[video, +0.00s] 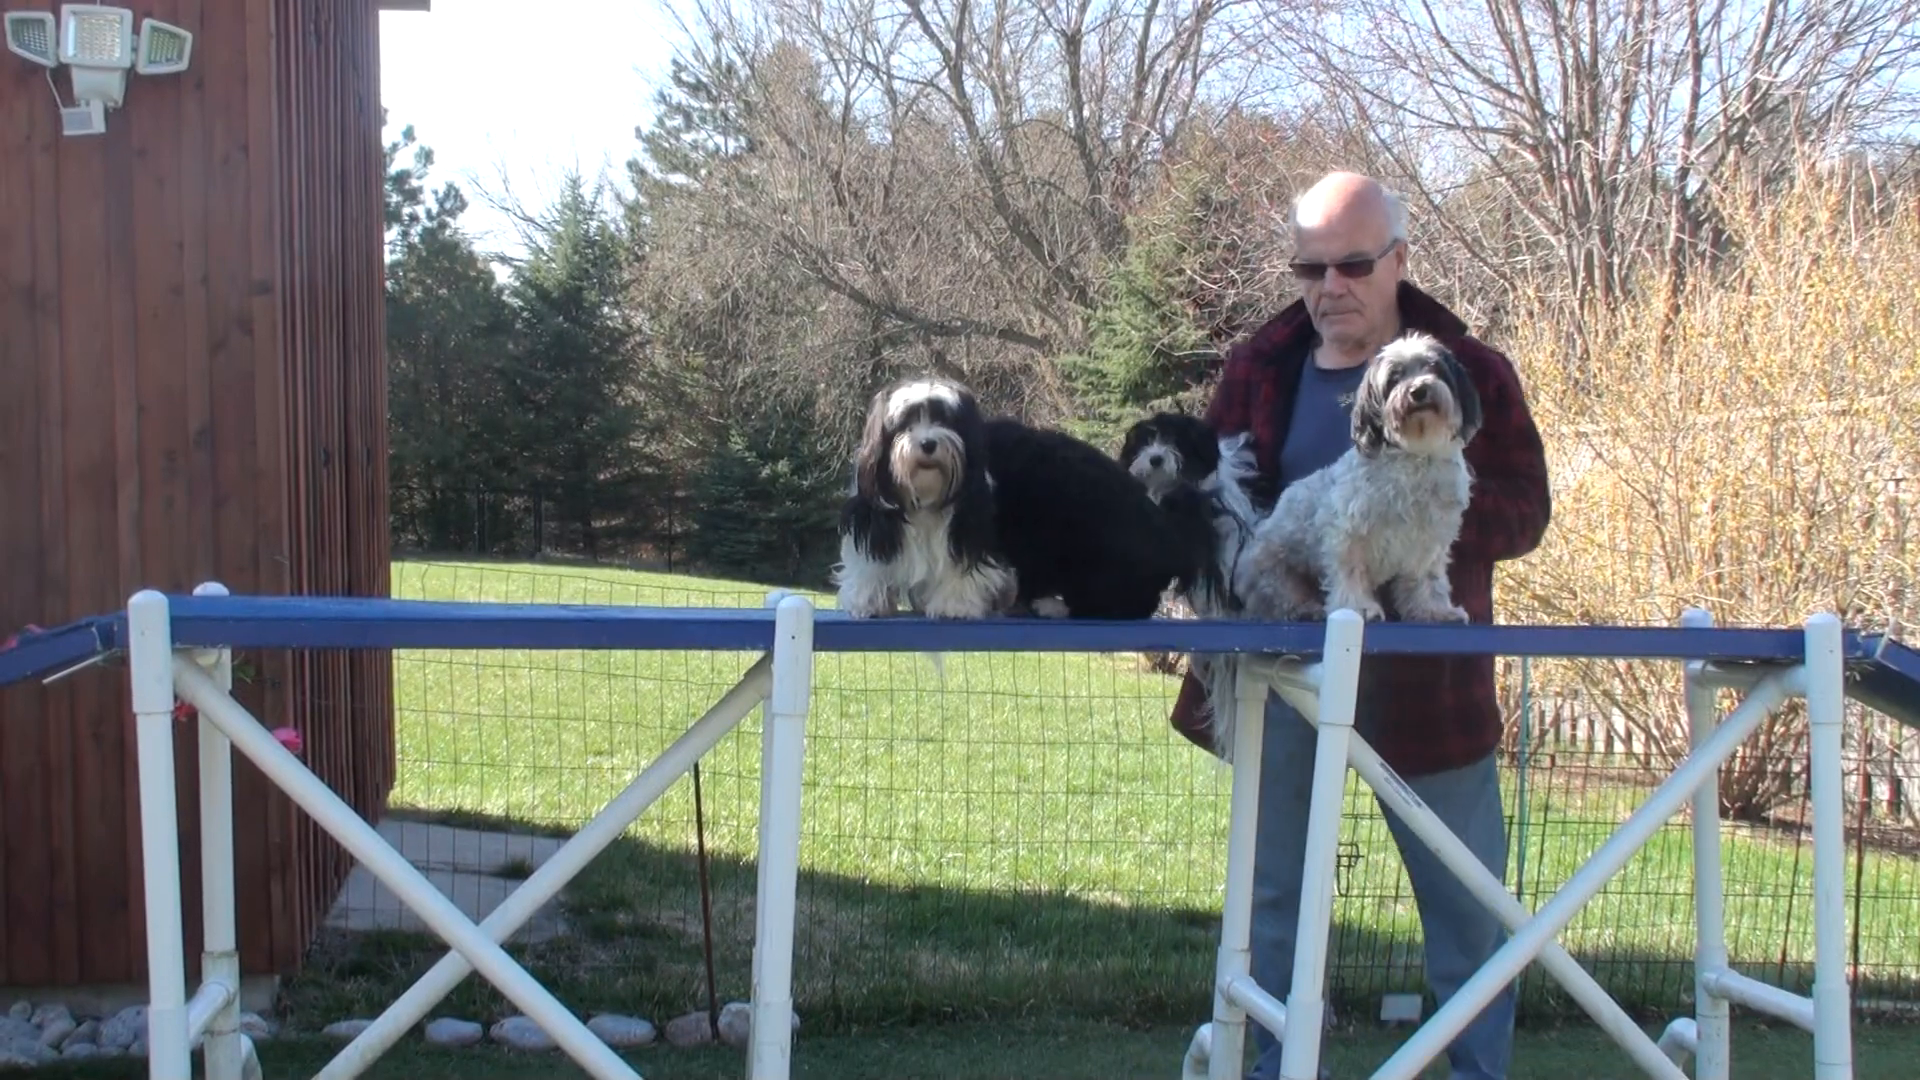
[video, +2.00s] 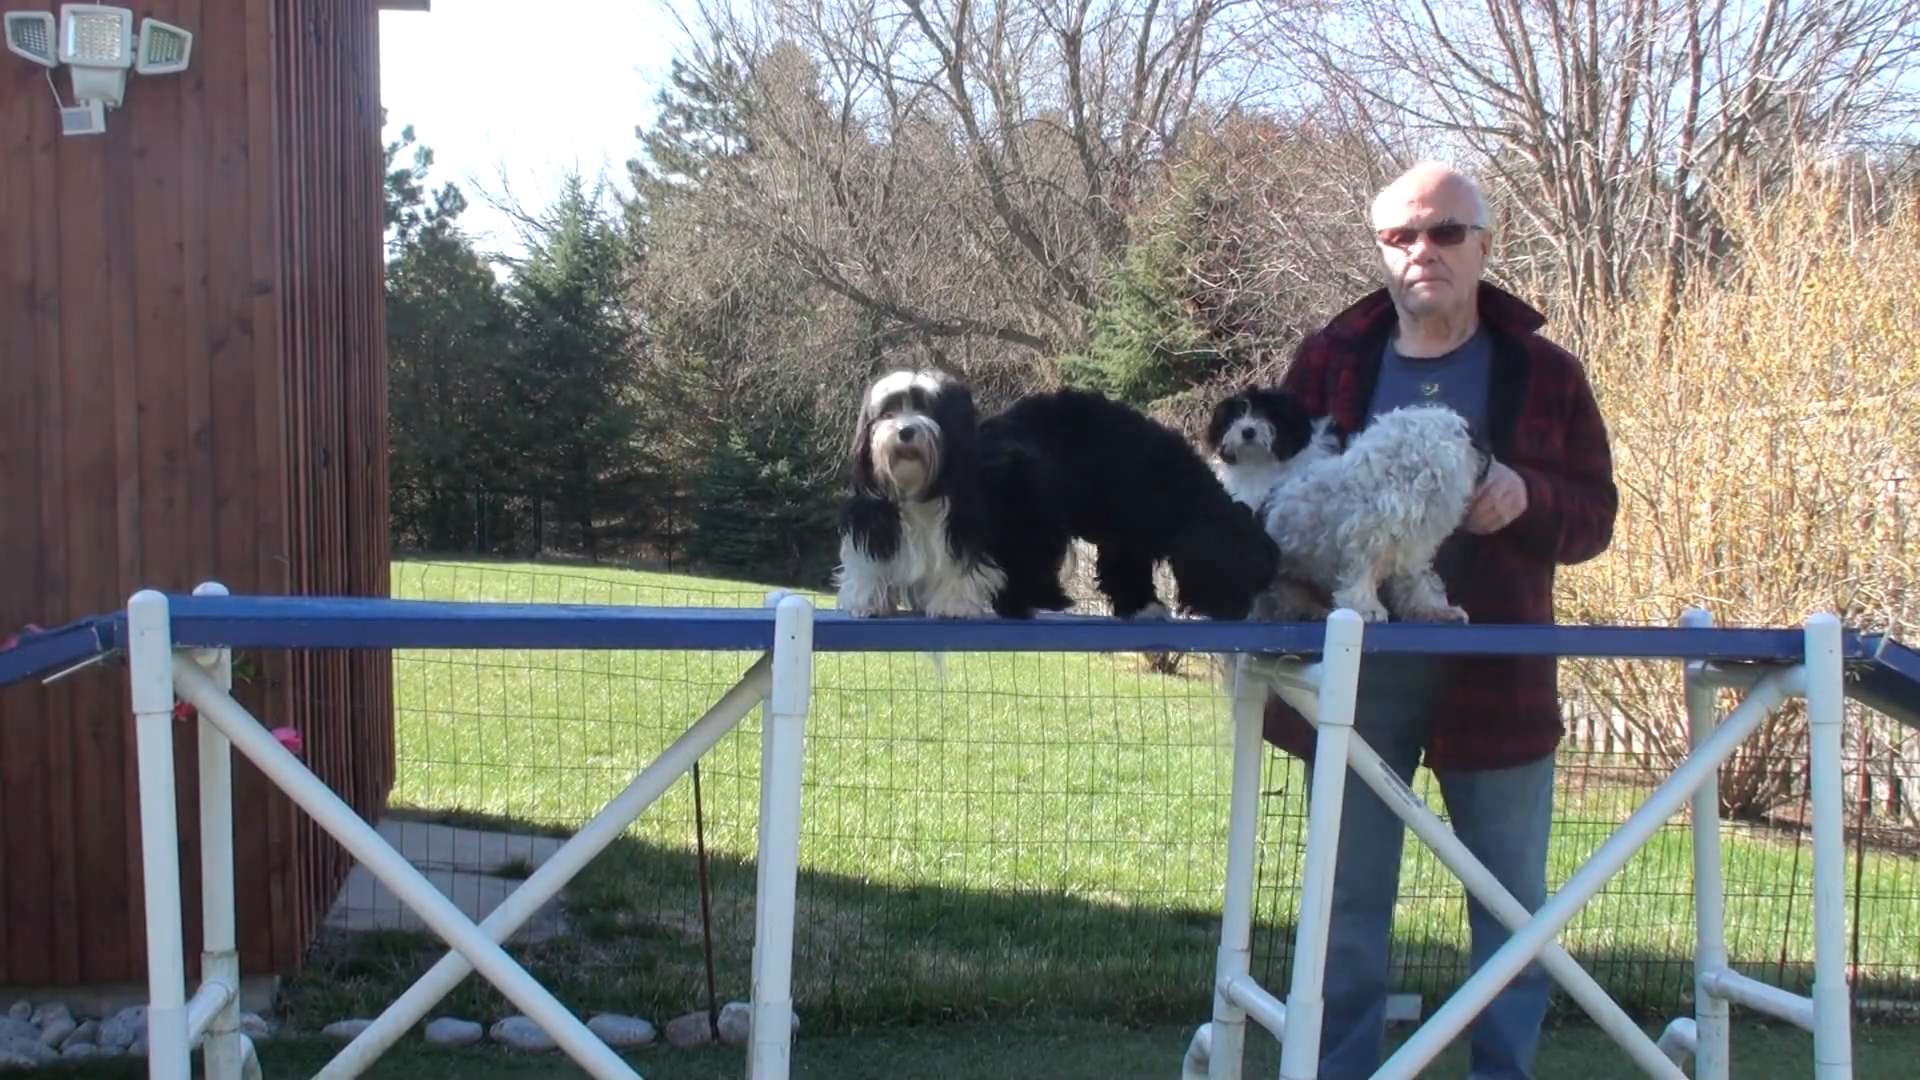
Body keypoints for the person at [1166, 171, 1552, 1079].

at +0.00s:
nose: (1333, 286)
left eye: (1355, 265)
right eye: (1312, 267)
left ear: (1398, 258)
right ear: (1291, 266)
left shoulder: (1470, 372)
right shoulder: (1251, 370)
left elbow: (1520, 509)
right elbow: (1209, 508)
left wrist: (1395, 535)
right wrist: (1276, 567)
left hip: (1427, 674)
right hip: (1282, 668)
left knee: (1464, 899)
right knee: (1270, 888)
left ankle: (1477, 1062)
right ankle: (1268, 1062)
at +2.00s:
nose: (1424, 251)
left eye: (1447, 232)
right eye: (1402, 236)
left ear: (1485, 244)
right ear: (1379, 251)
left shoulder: (1545, 371)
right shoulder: (1327, 360)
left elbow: (1593, 516)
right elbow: (1268, 492)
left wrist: (1531, 495)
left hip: (1499, 666)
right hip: (1359, 659)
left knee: (1510, 902)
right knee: (1349, 895)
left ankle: (1504, 1064)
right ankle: (1337, 1067)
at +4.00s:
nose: (1557, 272)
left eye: (1583, 254)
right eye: (1539, 252)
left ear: (1622, 261)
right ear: (1514, 254)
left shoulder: (1664, 376)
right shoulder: (1450, 351)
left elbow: (1700, 513)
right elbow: (1361, 450)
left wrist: (1568, 478)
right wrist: (1339, 505)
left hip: (1593, 668)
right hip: (1456, 660)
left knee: (1603, 909)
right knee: (1435, 905)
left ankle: (1594, 1070)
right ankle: (1423, 1069)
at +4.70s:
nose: (1586, 252)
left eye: (1609, 236)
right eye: (1566, 237)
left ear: (1643, 253)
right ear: (1537, 254)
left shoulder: (1685, 368)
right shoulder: (1478, 346)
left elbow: (1729, 498)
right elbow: (1391, 445)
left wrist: (1612, 450)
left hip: (1622, 660)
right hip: (1482, 652)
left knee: (1620, 903)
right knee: (1453, 895)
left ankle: (1598, 1069)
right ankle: (1424, 1068)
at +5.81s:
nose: (1554, 268)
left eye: (1576, 248)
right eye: (1532, 251)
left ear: (1613, 253)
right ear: (1503, 260)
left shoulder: (1647, 350)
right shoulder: (1455, 357)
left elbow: (1704, 377)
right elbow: (1380, 467)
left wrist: (1657, 307)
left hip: (1633, 659)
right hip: (1492, 659)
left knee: (1649, 893)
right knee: (1493, 898)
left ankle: (1644, 1070)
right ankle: (1500, 1066)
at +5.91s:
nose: (1563, 261)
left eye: (1585, 242)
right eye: (1542, 245)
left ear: (1620, 249)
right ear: (1515, 257)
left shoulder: (1660, 348)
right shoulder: (1464, 356)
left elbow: (1705, 373)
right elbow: (1396, 466)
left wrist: (1662, 308)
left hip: (1636, 658)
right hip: (1498, 658)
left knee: (1646, 888)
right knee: (1500, 893)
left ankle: (1641, 1067)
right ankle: (1500, 1064)